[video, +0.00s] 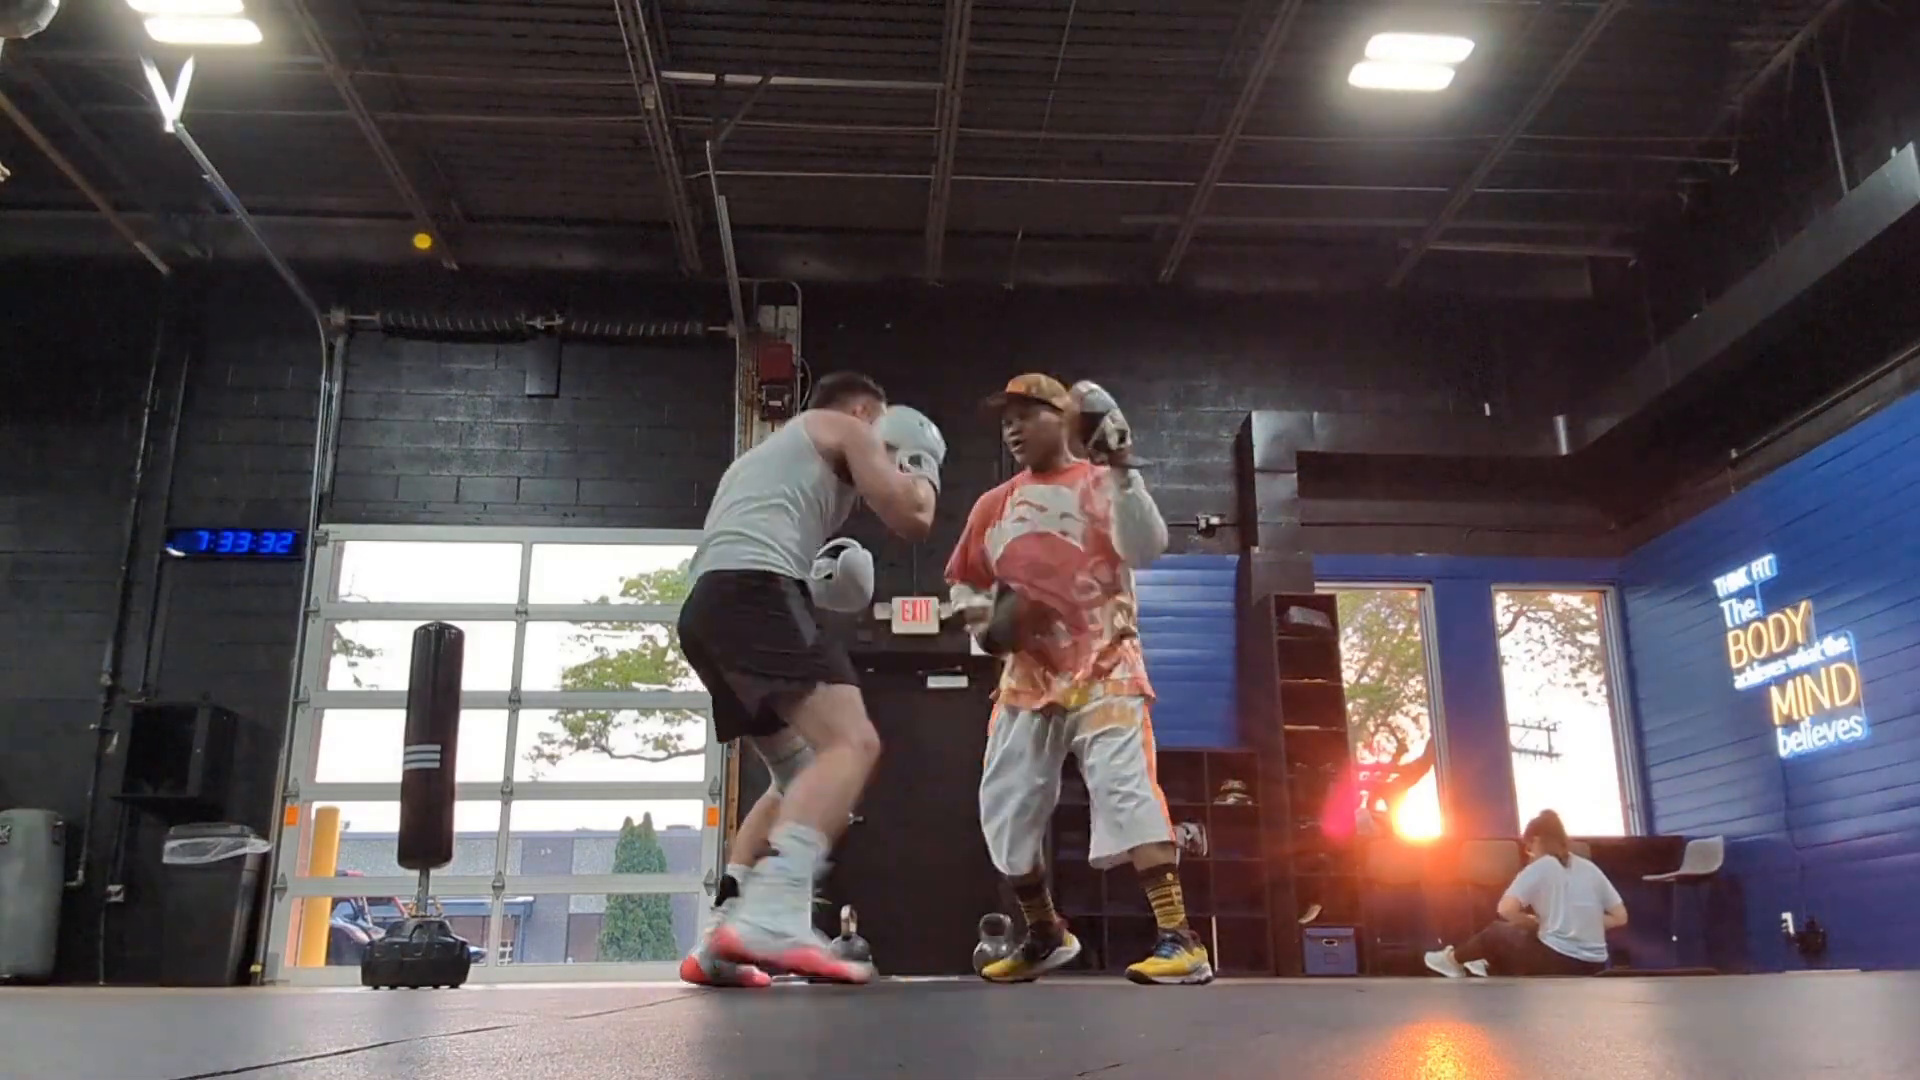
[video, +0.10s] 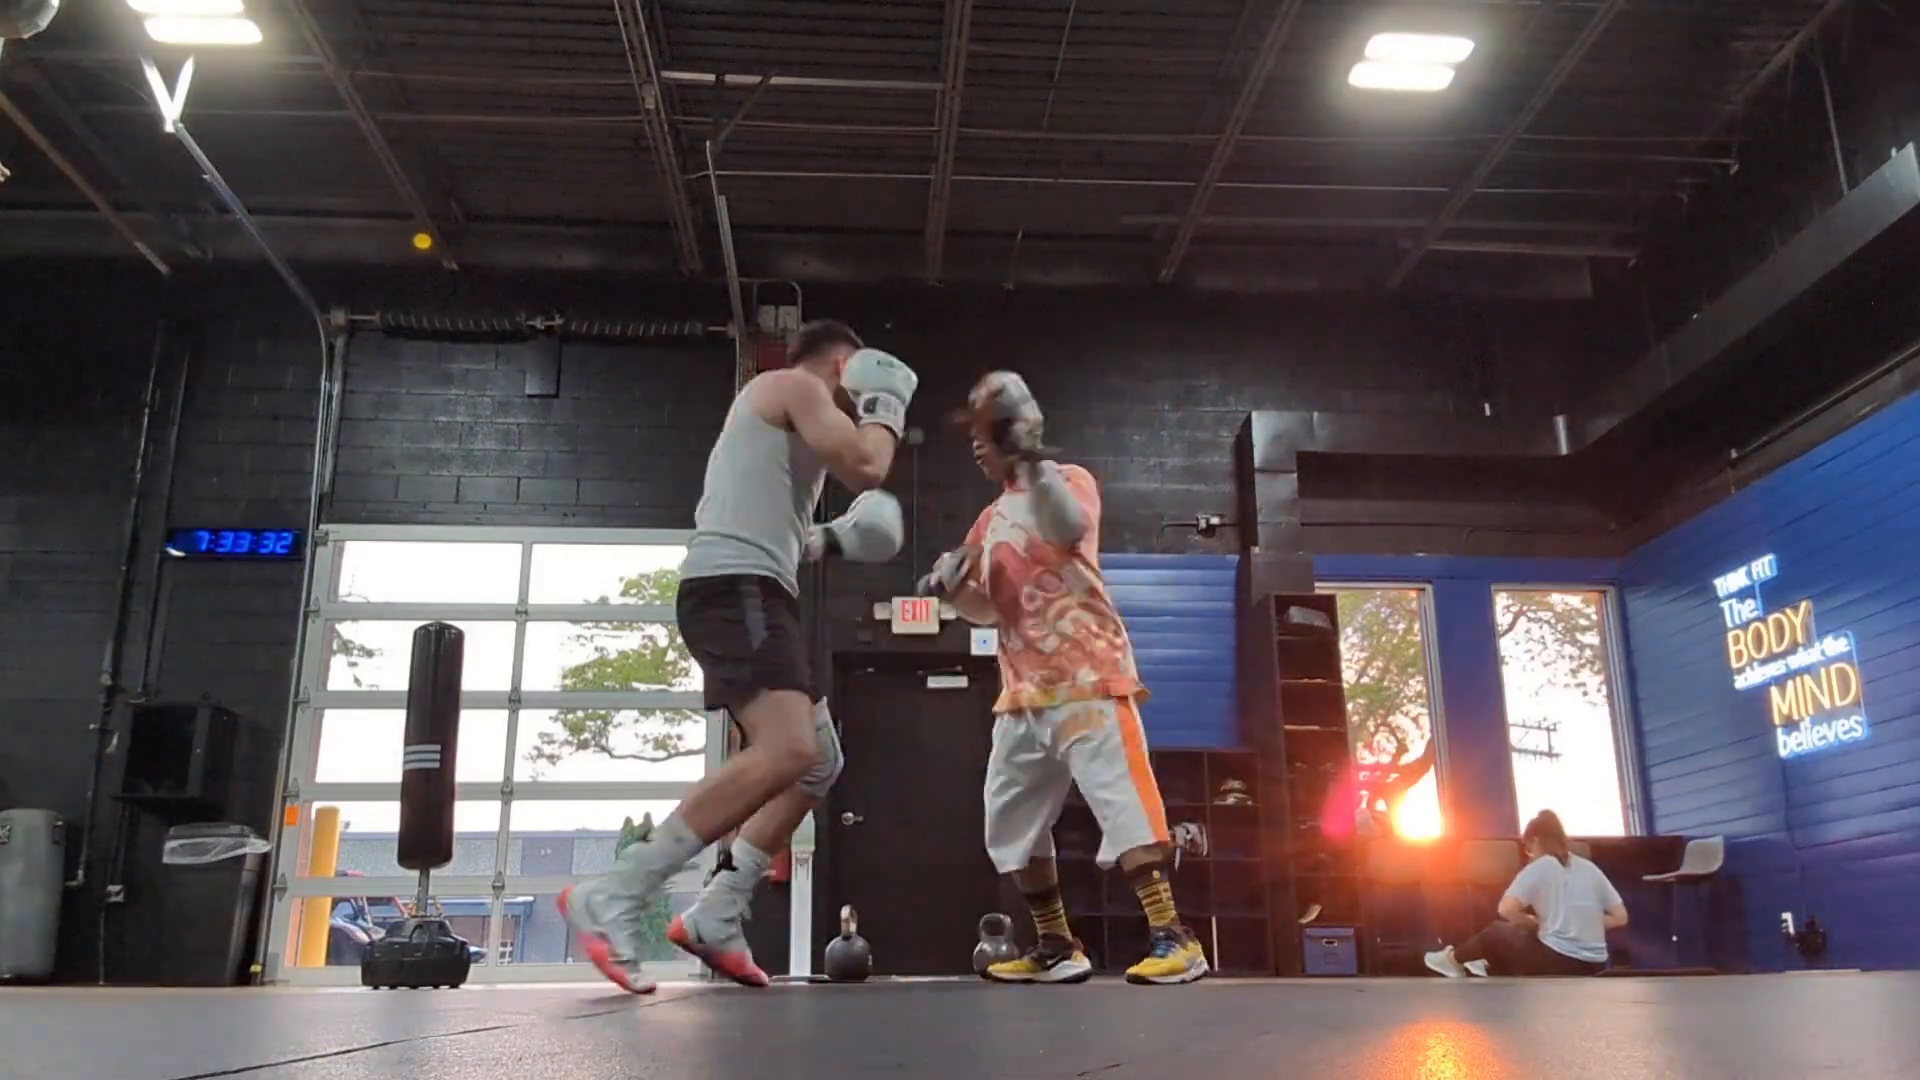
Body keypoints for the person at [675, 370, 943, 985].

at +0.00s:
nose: (877, 433)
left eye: (877, 425)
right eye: (874, 421)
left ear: (817, 406)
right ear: (858, 408)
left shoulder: (762, 456)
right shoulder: (842, 426)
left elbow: (747, 547)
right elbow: (913, 518)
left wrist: (813, 585)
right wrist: (923, 468)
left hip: (699, 613)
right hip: (754, 591)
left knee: (797, 777)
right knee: (848, 744)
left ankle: (728, 934)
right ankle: (775, 915)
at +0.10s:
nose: (855, 388)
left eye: (857, 377)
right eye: (855, 375)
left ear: (804, 358)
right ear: (839, 363)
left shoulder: (785, 421)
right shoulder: (791, 385)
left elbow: (771, 540)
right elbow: (868, 465)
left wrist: (833, 537)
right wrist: (884, 408)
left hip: (766, 592)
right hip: (733, 583)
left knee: (815, 762)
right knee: (786, 749)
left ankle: (716, 914)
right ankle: (616, 891)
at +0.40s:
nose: (800, 382)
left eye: (798, 372)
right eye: (799, 370)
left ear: (735, 367)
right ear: (787, 363)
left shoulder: (683, 429)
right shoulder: (791, 407)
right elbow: (853, 511)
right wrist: (855, 472)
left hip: (677, 604)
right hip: (734, 593)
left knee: (753, 781)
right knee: (720, 775)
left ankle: (697, 948)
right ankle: (572, 937)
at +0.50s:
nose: (784, 408)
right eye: (785, 399)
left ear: (715, 396)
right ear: (780, 395)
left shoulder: (667, 448)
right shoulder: (798, 436)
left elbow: (639, 557)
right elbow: (853, 540)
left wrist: (709, 527)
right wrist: (827, 500)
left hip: (665, 618)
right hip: (734, 608)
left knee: (726, 788)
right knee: (757, 799)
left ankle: (647, 943)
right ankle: (590, 902)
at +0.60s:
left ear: (718, 451)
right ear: (780, 462)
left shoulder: (668, 486)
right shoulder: (801, 493)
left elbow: (622, 591)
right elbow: (829, 611)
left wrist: (686, 591)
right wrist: (813, 587)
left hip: (651, 647)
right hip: (734, 638)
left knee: (694, 792)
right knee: (807, 815)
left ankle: (634, 949)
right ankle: (694, 880)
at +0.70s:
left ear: (740, 488)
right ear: (801, 496)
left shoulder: (683, 525)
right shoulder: (808, 538)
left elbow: (621, 623)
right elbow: (823, 655)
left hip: (639, 669)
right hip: (729, 654)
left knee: (687, 793)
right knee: (856, 799)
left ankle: (632, 947)